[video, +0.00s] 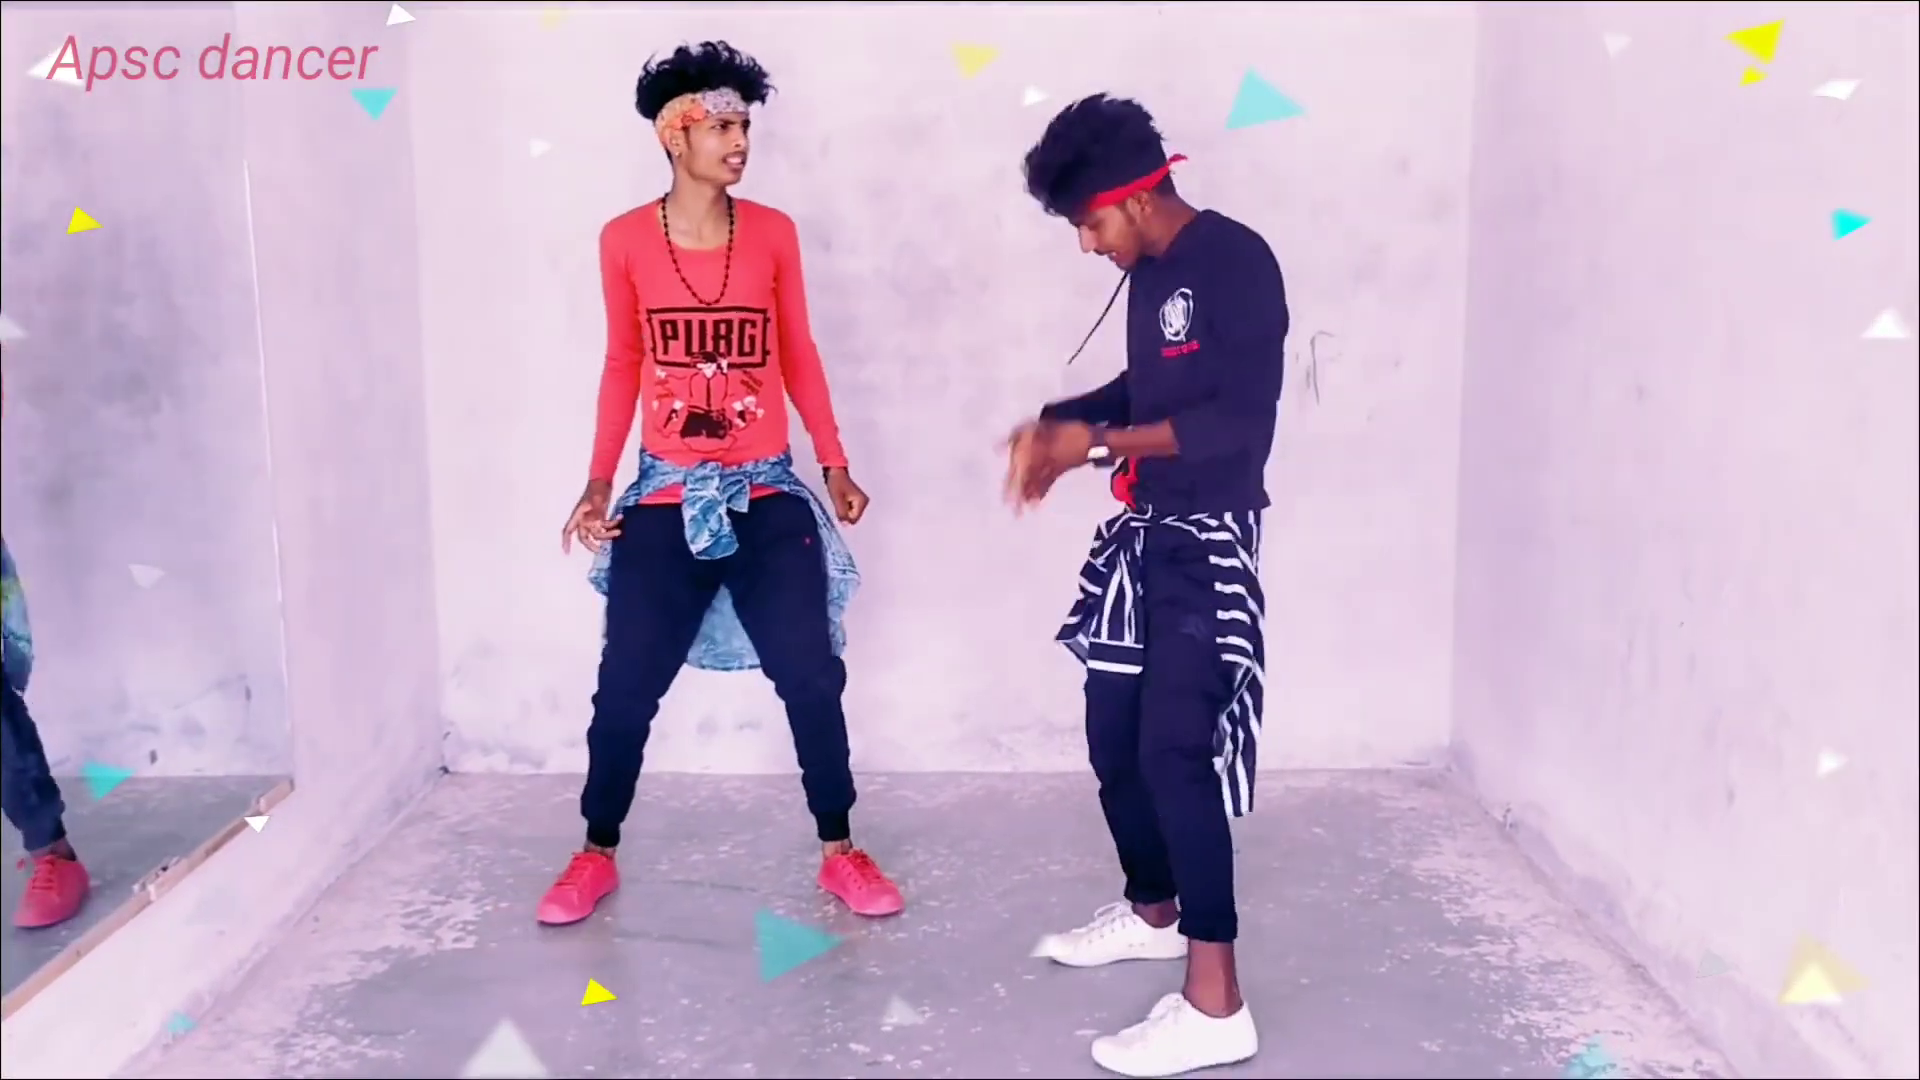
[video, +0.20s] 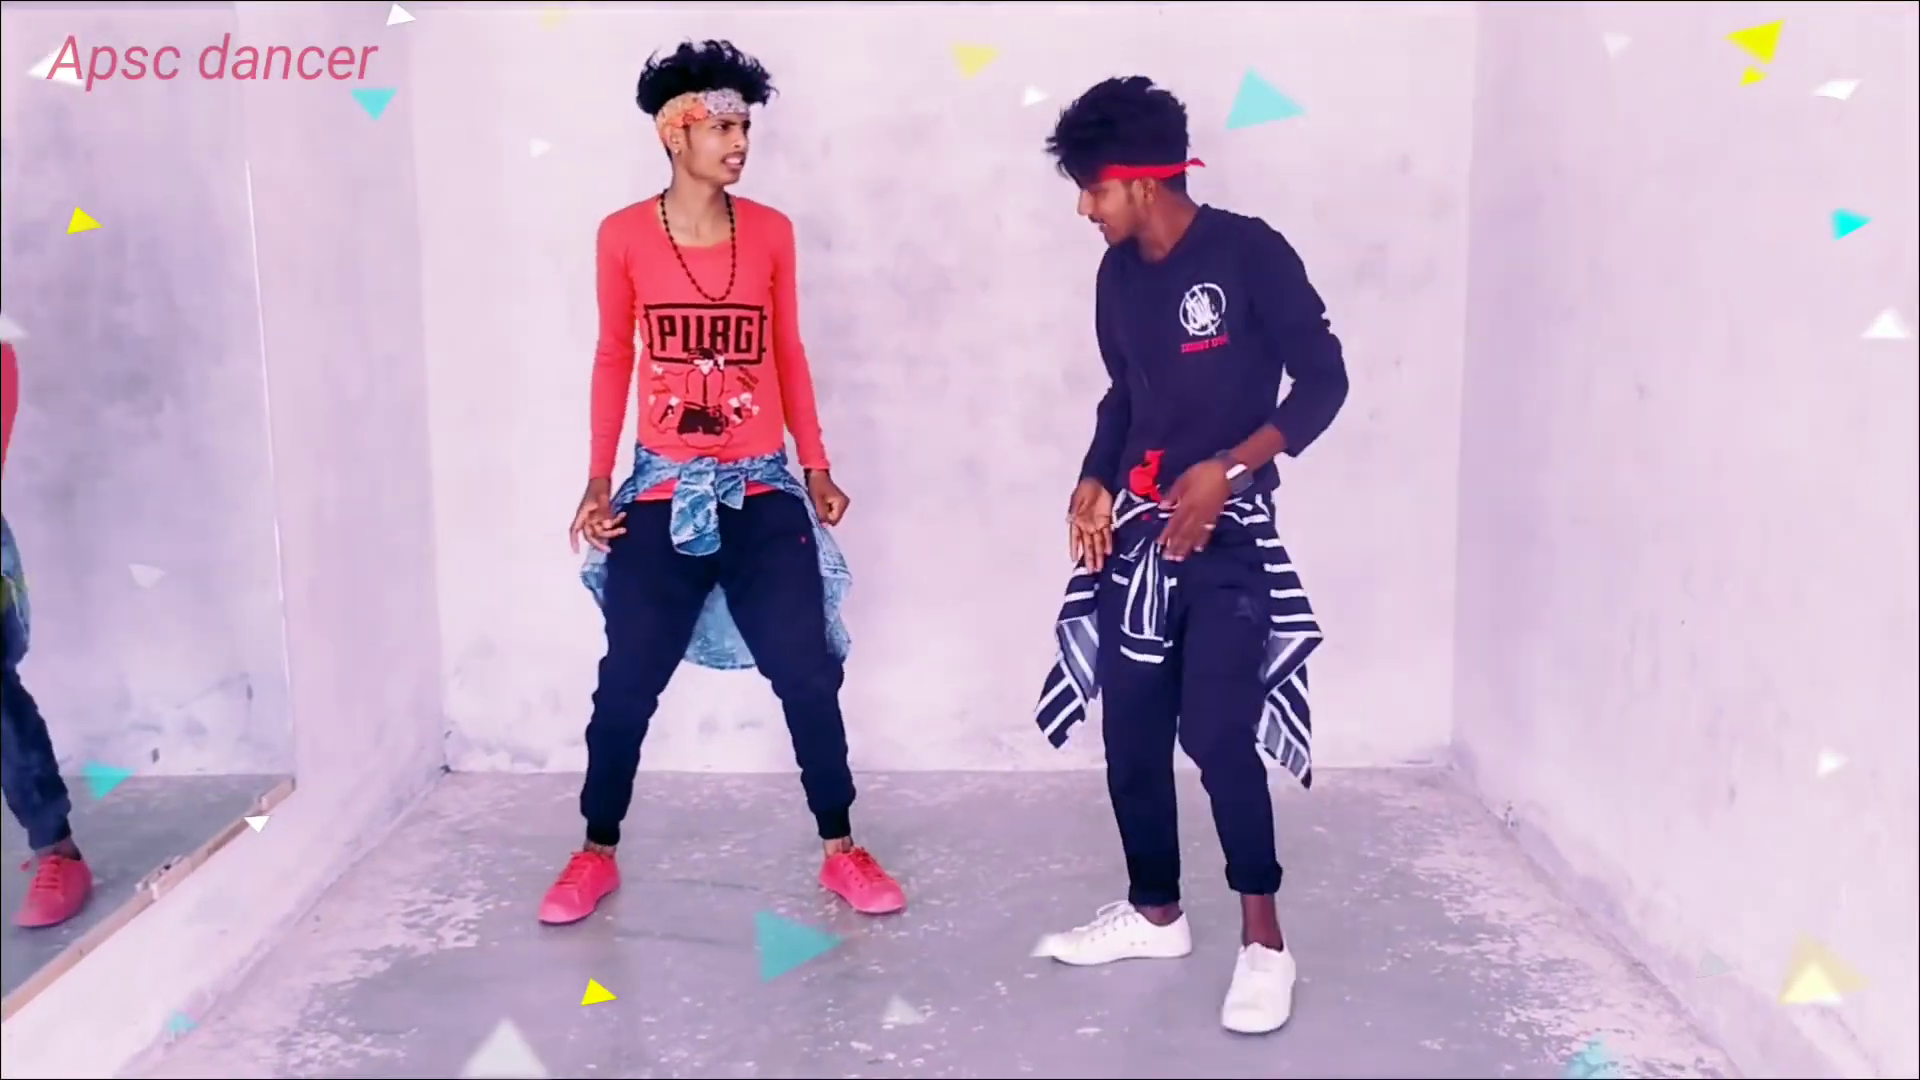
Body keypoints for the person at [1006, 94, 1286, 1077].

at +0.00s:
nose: (1086, 242)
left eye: (1086, 221)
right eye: (1077, 226)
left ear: (1134, 191)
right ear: (1128, 194)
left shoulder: (1234, 260)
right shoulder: (1150, 269)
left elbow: (1236, 427)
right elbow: (1146, 390)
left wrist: (1095, 442)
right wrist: (1059, 421)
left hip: (1207, 547)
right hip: (1140, 539)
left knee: (1176, 755)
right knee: (1114, 744)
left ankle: (1215, 1001)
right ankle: (1156, 913)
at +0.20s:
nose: (1084, 206)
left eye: (1093, 185)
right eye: (1080, 186)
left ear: (1145, 175)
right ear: (1121, 183)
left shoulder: (1251, 249)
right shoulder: (1116, 270)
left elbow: (1324, 379)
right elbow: (1125, 390)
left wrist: (1231, 469)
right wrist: (1094, 476)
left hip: (1228, 534)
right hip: (1136, 533)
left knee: (1218, 735)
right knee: (1132, 734)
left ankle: (1261, 942)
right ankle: (1153, 915)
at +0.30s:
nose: (1101, 185)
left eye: (1111, 166)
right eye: (1100, 166)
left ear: (1160, 166)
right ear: (1146, 167)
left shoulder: (1266, 248)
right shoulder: (1123, 265)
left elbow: (1347, 366)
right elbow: (1118, 388)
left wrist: (1290, 472)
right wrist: (1096, 490)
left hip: (1243, 527)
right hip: (1149, 530)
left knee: (1253, 727)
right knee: (1149, 731)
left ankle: (1307, 912)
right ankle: (1156, 914)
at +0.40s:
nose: (1123, 173)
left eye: (1136, 156)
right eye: (1125, 155)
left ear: (1188, 162)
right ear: (1175, 163)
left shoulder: (1285, 252)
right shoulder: (1136, 266)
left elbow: (1360, 370)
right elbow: (1122, 393)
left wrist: (1324, 496)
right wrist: (1111, 503)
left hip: (1262, 524)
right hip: (1162, 531)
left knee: (1301, 721)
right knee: (1161, 727)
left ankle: (1346, 891)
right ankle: (1158, 909)